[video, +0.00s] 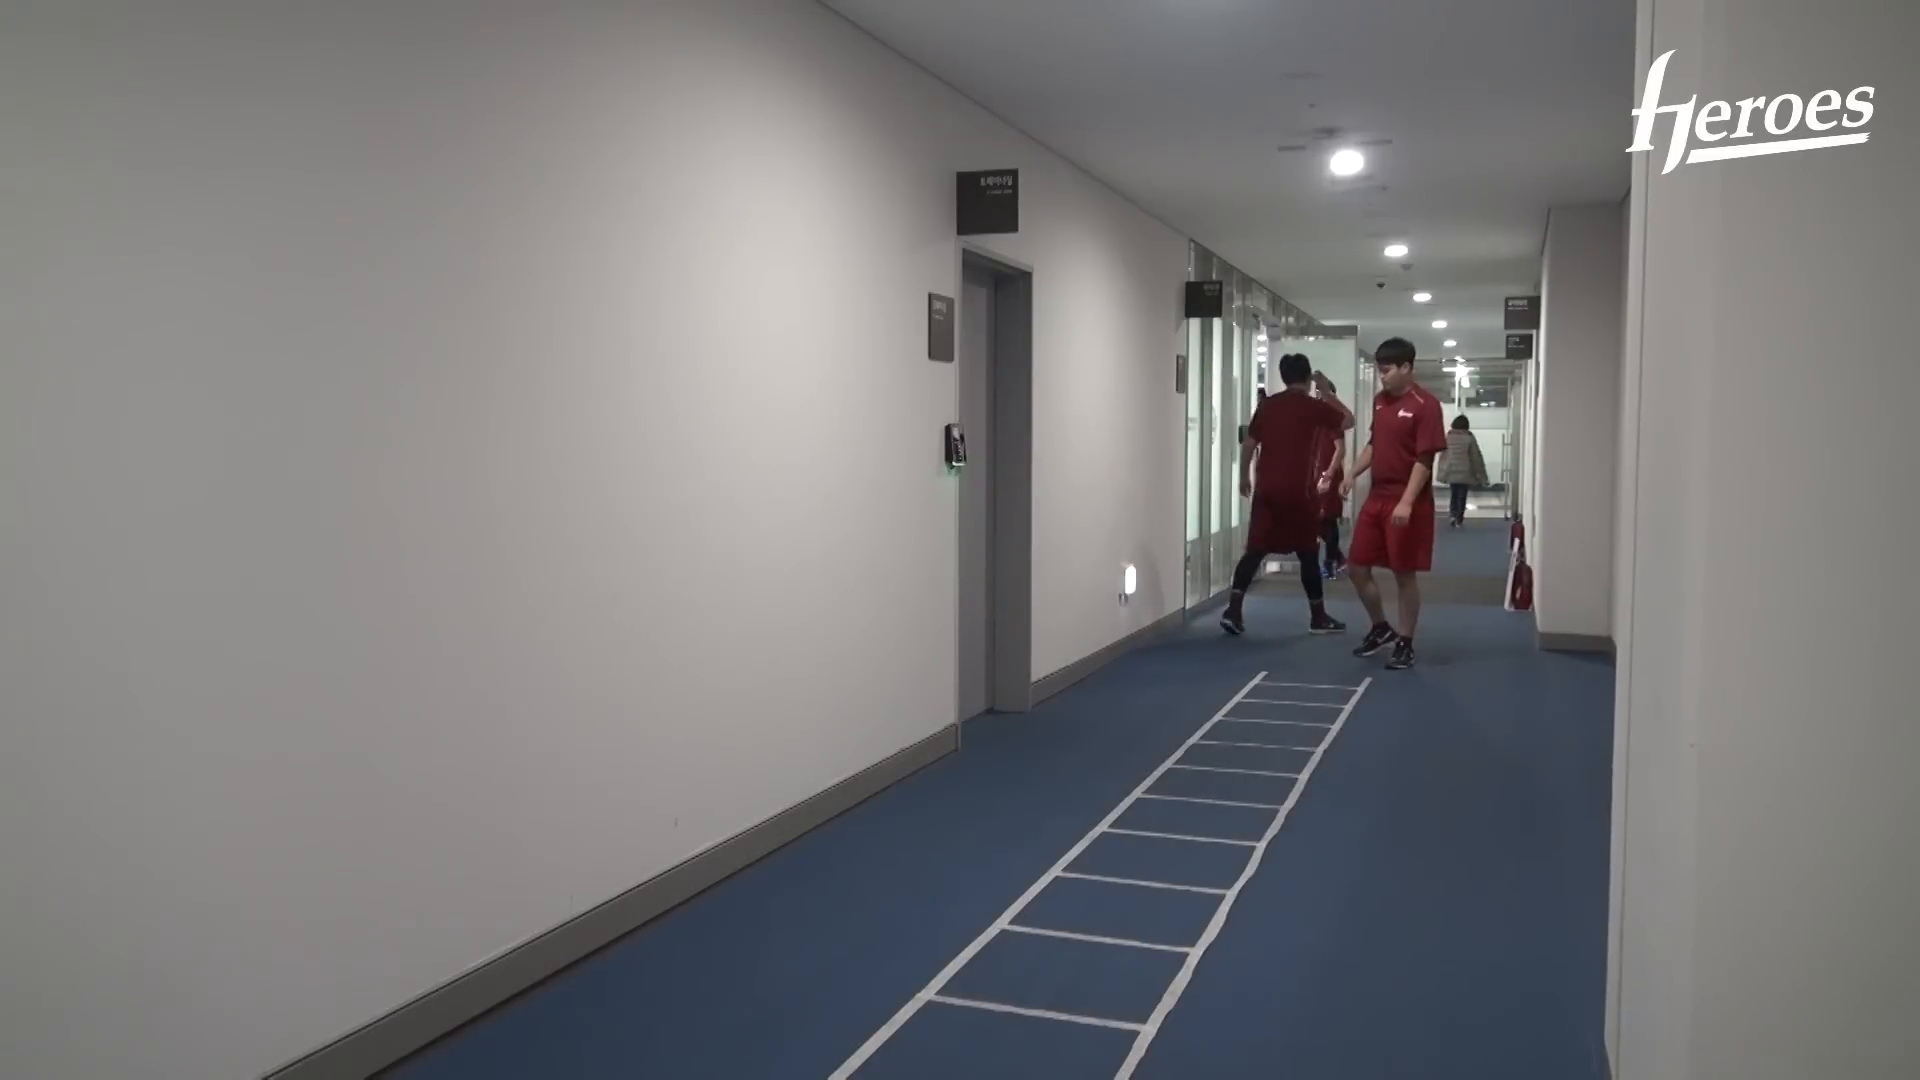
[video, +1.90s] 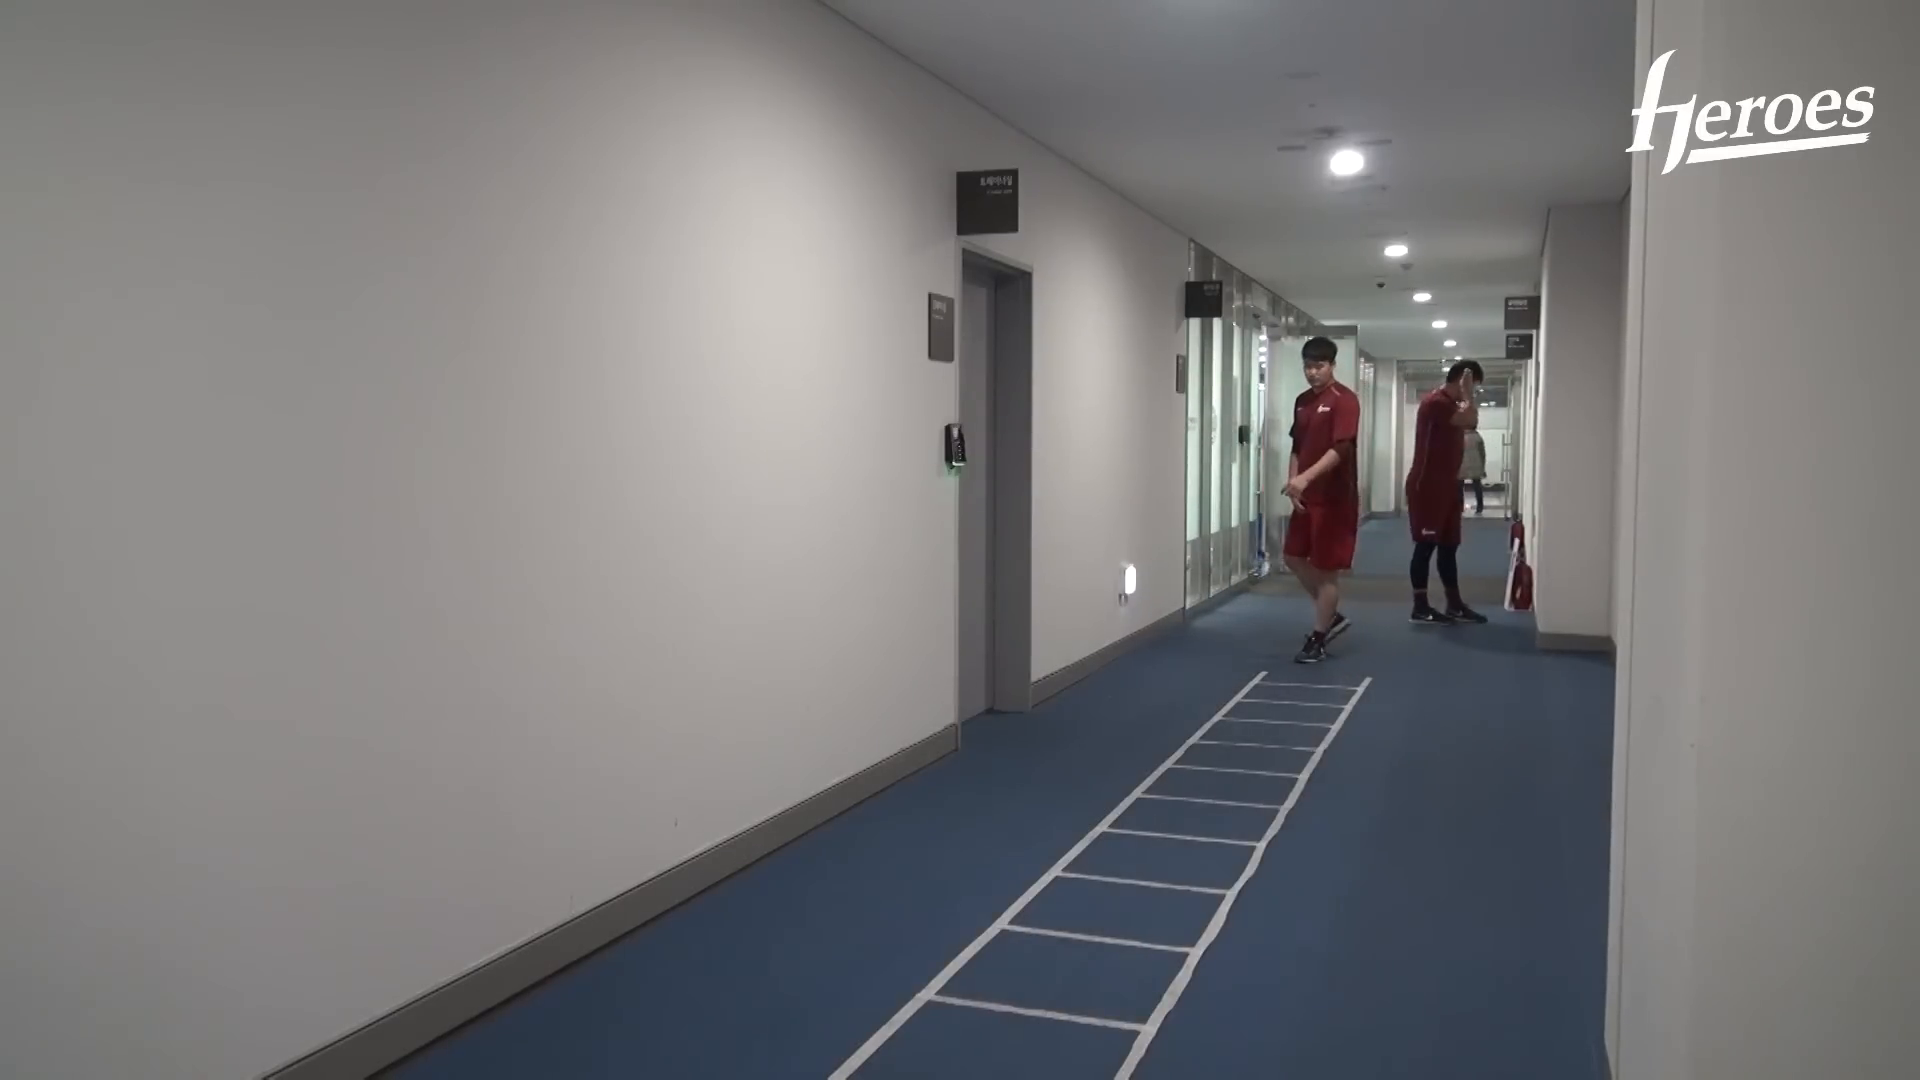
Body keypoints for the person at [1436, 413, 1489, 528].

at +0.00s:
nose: (1467, 426)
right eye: (1467, 424)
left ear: (1454, 424)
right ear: (1467, 425)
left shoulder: (1448, 438)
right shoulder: (1469, 438)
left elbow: (1443, 456)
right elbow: (1476, 459)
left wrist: (1440, 474)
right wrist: (1482, 477)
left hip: (1451, 470)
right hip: (1465, 470)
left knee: (1453, 494)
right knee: (1462, 496)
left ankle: (1453, 514)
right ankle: (1459, 518)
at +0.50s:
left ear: (1464, 425)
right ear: (1477, 426)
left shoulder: (1459, 437)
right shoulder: (1480, 438)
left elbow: (1452, 455)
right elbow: (1484, 458)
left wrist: (1449, 472)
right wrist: (1487, 475)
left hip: (1461, 469)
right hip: (1475, 469)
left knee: (1461, 494)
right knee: (1476, 495)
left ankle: (1461, 516)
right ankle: (1474, 515)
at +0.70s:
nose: (1482, 429)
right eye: (1482, 428)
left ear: (1470, 427)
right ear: (1481, 428)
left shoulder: (1465, 440)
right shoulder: (1484, 441)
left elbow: (1459, 455)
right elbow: (1490, 459)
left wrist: (1460, 467)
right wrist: (1492, 474)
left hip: (1467, 471)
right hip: (1481, 472)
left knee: (1466, 494)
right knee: (1483, 495)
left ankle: (1464, 514)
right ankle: (1483, 516)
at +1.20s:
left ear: (1475, 426)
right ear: (1487, 427)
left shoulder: (1470, 438)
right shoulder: (1490, 439)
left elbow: (1463, 456)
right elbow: (1495, 458)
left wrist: (1460, 473)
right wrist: (1496, 474)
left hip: (1473, 470)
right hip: (1486, 471)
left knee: (1477, 492)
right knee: (1488, 491)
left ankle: (1480, 513)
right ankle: (1485, 509)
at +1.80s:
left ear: (1464, 425)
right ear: (1478, 424)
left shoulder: (1461, 436)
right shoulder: (1480, 436)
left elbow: (1457, 451)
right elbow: (1486, 453)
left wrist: (1456, 461)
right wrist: (1488, 465)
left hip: (1465, 465)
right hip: (1479, 465)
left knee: (1465, 487)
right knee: (1478, 486)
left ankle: (1473, 505)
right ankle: (1479, 506)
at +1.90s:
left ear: (1464, 425)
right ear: (1475, 425)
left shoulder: (1460, 437)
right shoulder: (1477, 436)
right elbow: (1482, 453)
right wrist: (1482, 468)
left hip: (1462, 467)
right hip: (1476, 467)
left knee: (1459, 488)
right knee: (1477, 487)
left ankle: (1460, 507)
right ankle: (1479, 507)